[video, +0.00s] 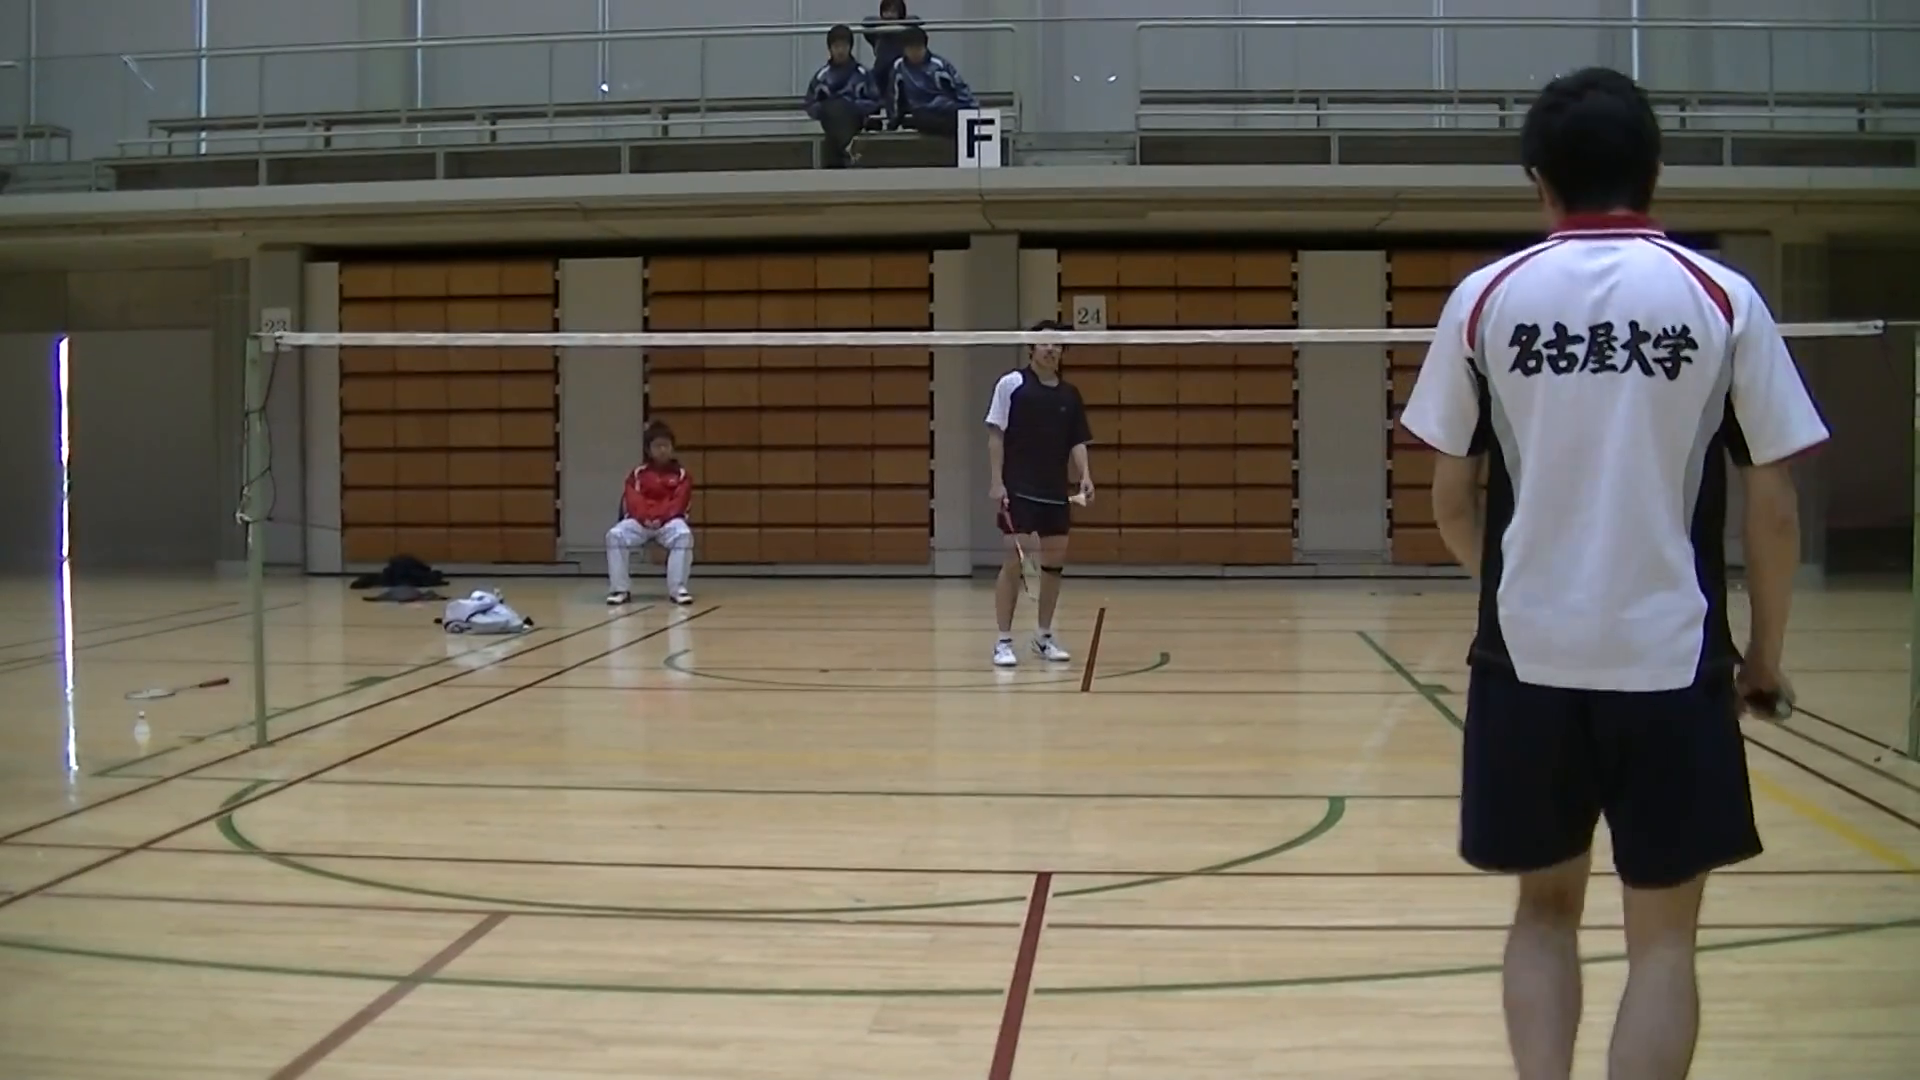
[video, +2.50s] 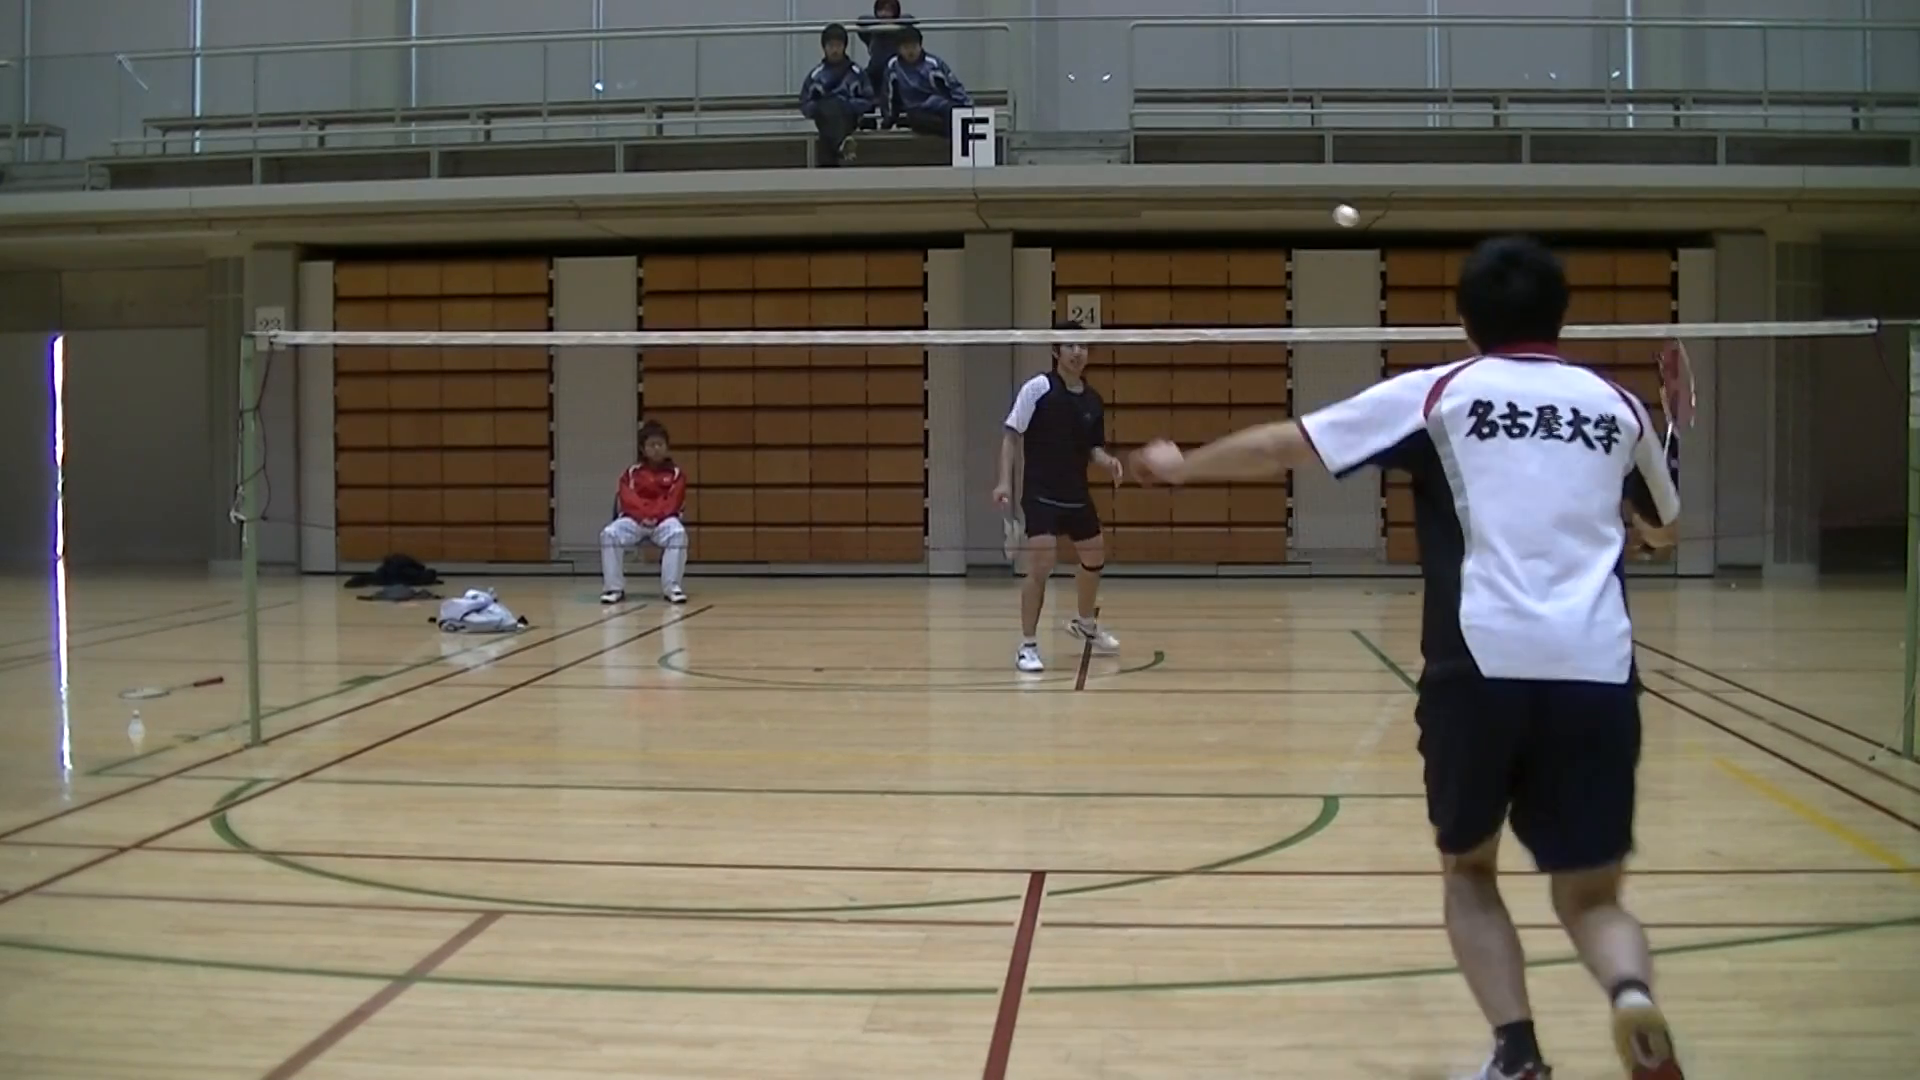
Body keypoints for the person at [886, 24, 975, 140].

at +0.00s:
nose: (915, 54)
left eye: (918, 49)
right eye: (911, 50)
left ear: (925, 48)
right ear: (904, 50)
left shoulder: (940, 65)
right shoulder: (899, 68)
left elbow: (959, 87)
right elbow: (895, 97)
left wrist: (971, 108)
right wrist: (893, 122)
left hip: (950, 111)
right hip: (921, 114)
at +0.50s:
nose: (913, 54)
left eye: (916, 49)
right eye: (908, 49)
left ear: (923, 48)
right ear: (902, 50)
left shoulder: (938, 65)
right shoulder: (897, 68)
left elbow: (957, 88)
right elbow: (893, 97)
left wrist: (970, 108)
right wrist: (891, 122)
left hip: (948, 109)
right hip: (920, 114)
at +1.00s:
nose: (911, 53)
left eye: (915, 48)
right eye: (907, 48)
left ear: (922, 48)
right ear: (901, 50)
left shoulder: (937, 64)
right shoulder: (895, 68)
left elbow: (955, 86)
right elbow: (891, 96)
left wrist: (968, 107)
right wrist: (890, 121)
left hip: (946, 109)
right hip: (917, 113)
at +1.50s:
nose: (911, 53)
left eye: (914, 48)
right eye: (906, 48)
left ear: (921, 47)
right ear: (900, 49)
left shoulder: (936, 65)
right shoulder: (894, 67)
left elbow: (955, 87)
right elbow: (891, 96)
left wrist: (968, 107)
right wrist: (889, 121)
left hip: (942, 107)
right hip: (916, 112)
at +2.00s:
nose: (911, 52)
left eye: (914, 47)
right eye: (906, 47)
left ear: (921, 47)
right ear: (899, 49)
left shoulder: (935, 64)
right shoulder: (894, 67)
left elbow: (954, 87)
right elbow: (890, 96)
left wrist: (968, 107)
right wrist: (889, 121)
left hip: (942, 107)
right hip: (916, 112)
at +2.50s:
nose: (910, 51)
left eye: (914, 47)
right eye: (905, 47)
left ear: (920, 46)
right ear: (899, 49)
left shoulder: (934, 64)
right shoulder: (893, 67)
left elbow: (954, 86)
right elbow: (889, 95)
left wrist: (966, 106)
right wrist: (889, 119)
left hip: (942, 107)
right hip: (915, 112)